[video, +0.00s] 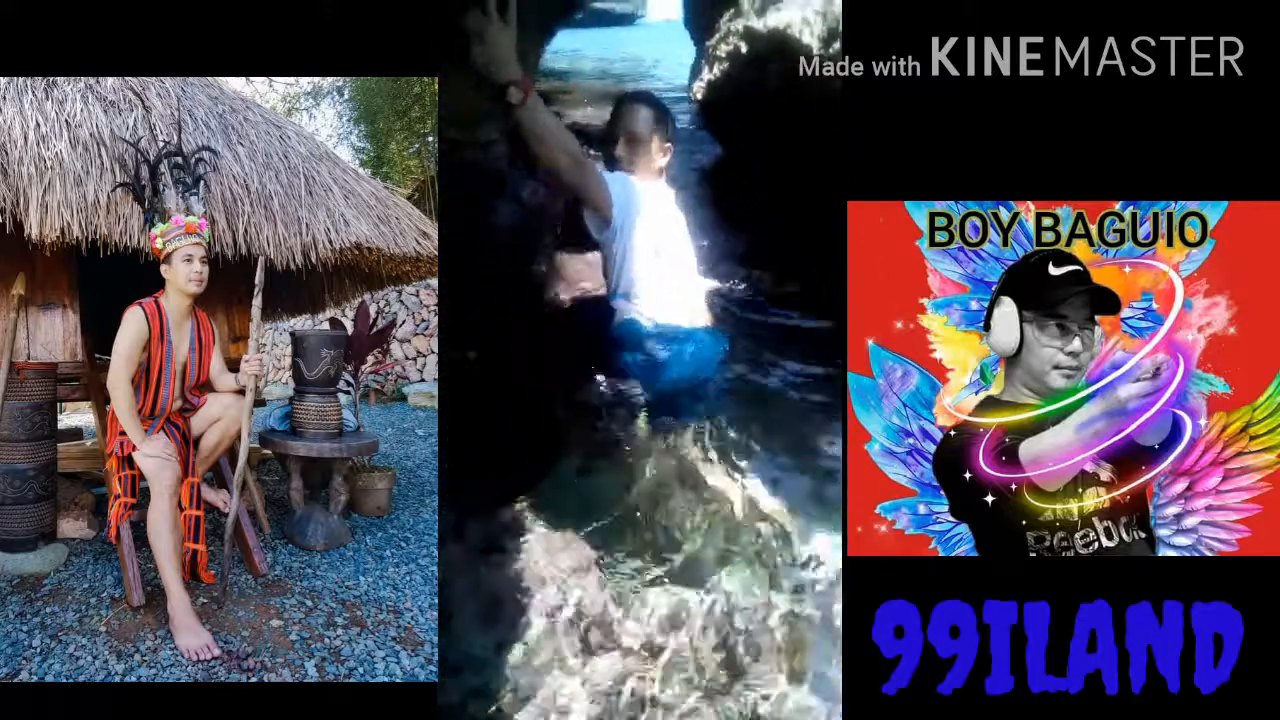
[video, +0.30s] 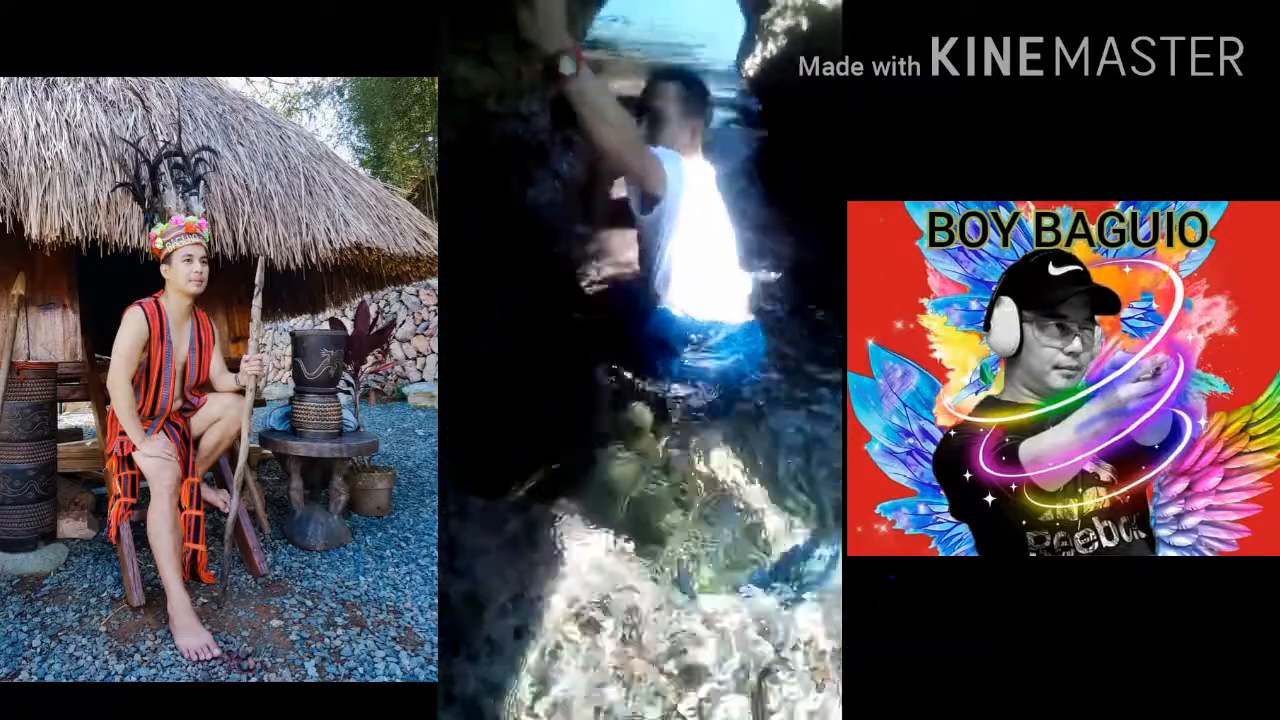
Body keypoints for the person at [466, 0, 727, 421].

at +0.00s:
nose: (618, 152)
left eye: (632, 141)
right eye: (615, 140)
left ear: (665, 150)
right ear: (611, 141)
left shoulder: (622, 193)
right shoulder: (670, 200)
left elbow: (566, 161)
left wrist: (510, 77)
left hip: (649, 343)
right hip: (703, 343)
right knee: (690, 444)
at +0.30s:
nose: (640, 127)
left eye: (654, 117)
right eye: (641, 115)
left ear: (693, 131)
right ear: (696, 135)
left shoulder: (672, 172)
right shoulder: (705, 176)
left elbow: (618, 140)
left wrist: (560, 49)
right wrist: (636, 261)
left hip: (692, 352)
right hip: (737, 347)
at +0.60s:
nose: (636, 129)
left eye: (640, 119)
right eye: (637, 120)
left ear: (650, 125)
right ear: (708, 127)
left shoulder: (676, 182)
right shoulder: (716, 184)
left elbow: (627, 182)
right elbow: (644, 220)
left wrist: (549, 75)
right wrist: (598, 200)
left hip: (691, 371)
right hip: (744, 366)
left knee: (564, 342)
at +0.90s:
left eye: (652, 168)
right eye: (729, 162)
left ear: (662, 170)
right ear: (723, 172)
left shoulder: (682, 228)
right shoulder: (757, 223)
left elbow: (641, 254)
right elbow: (775, 196)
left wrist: (557, 147)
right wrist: (755, 136)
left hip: (696, 439)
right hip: (766, 439)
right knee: (756, 595)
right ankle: (754, 707)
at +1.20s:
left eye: (711, 188)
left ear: (712, 189)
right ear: (790, 186)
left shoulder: (739, 252)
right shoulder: (819, 245)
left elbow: (660, 284)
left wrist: (539, 189)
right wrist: (687, 418)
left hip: (740, 481)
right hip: (824, 492)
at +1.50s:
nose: (725, 197)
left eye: (727, 181)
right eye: (727, 180)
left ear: (740, 186)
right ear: (822, 183)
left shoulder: (761, 255)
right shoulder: (860, 244)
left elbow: (654, 275)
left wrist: (525, 175)